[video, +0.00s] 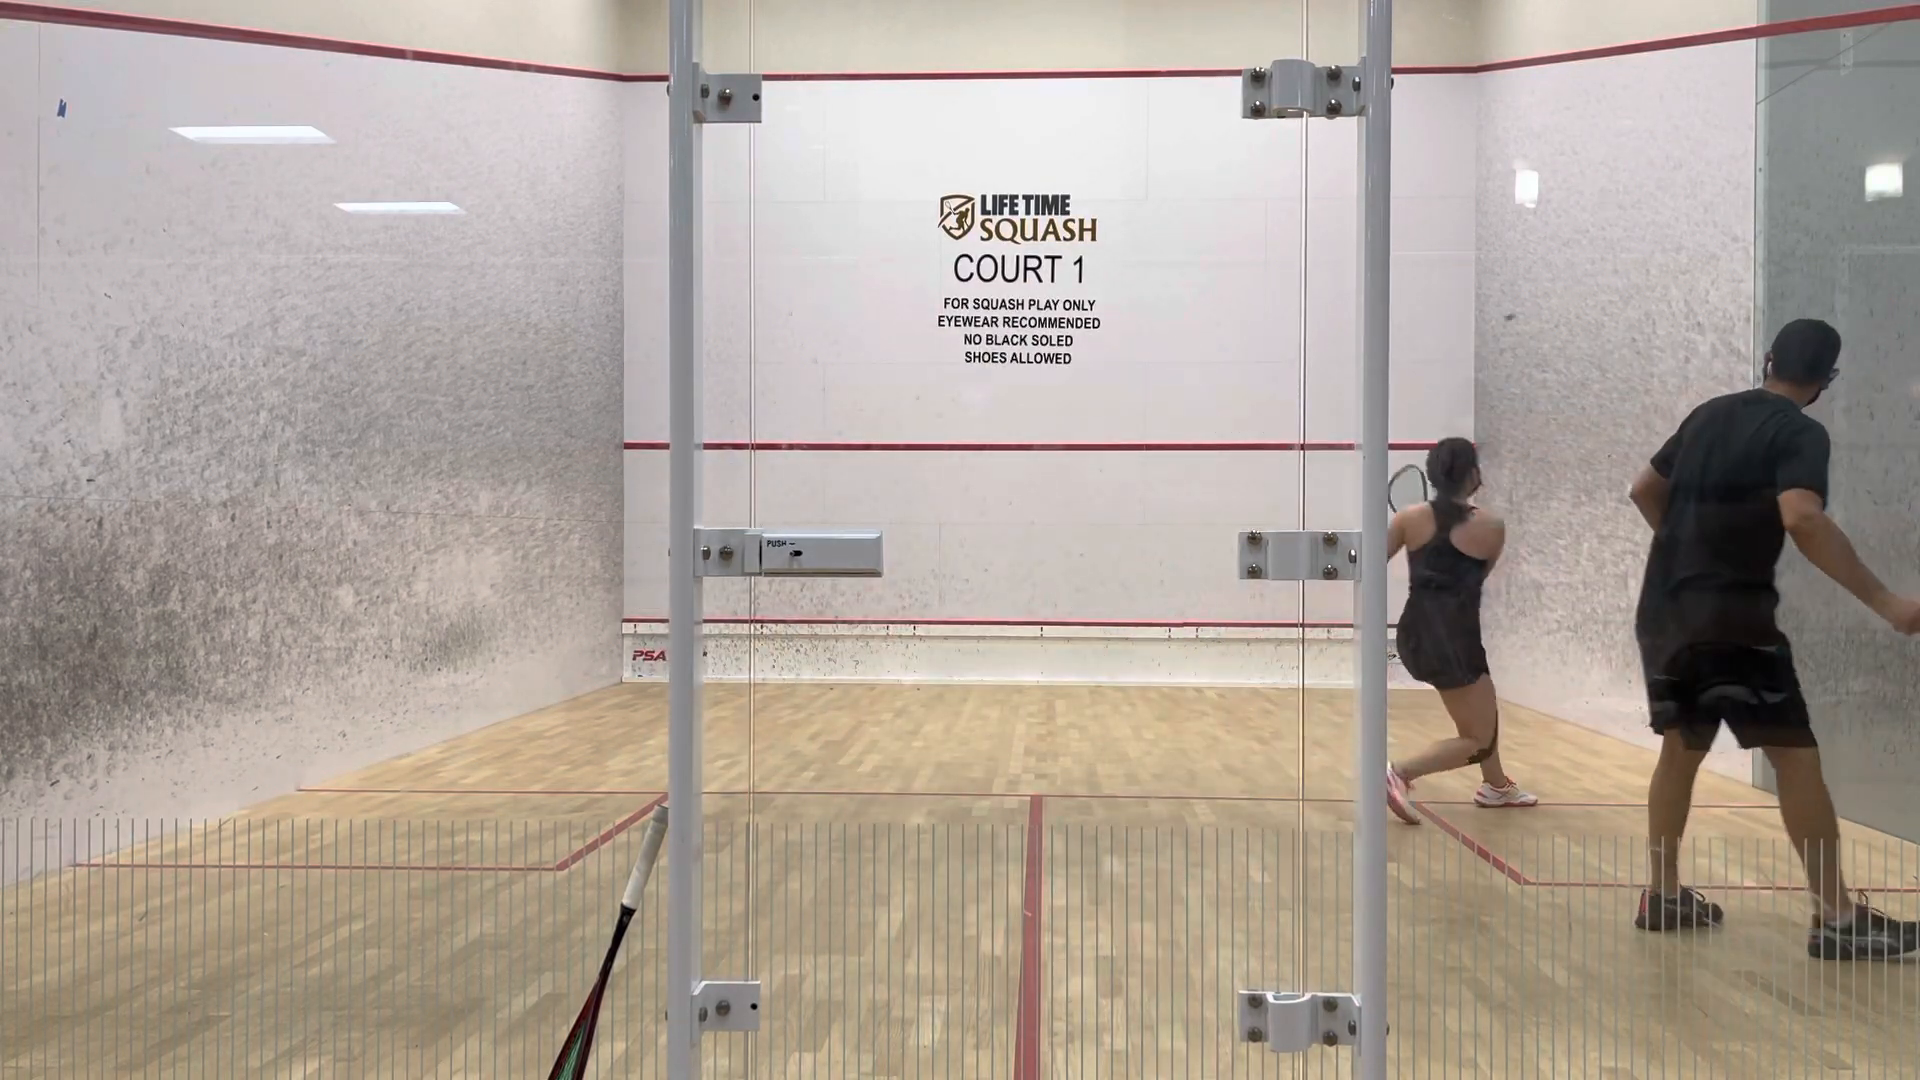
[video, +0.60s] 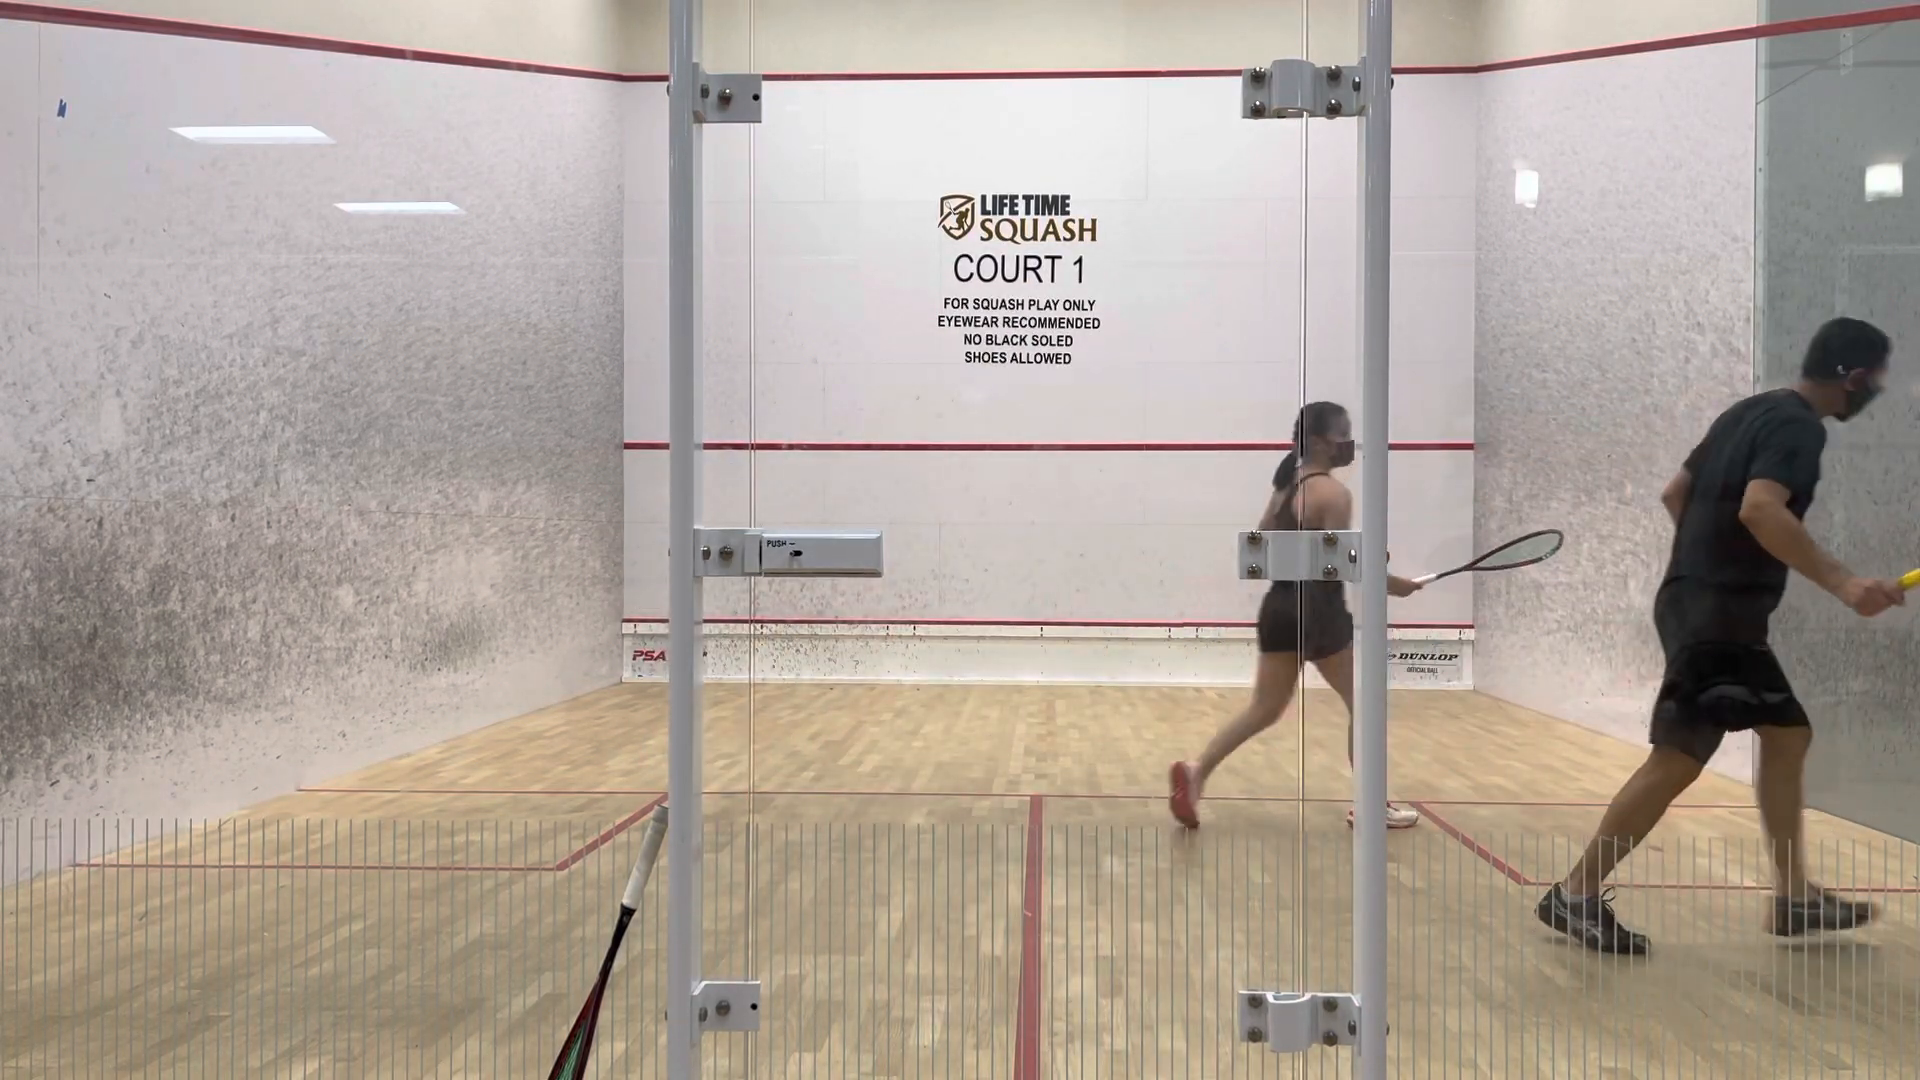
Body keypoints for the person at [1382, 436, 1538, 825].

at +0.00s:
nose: (1479, 473)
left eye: (1475, 467)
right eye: (1477, 468)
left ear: (1434, 474)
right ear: (1473, 476)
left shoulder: (1411, 520)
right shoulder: (1490, 527)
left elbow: (1370, 560)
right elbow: (1480, 572)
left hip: (1416, 636)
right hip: (1456, 641)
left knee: (1475, 700)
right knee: (1479, 742)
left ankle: (1496, 784)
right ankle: (1401, 773)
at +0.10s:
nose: (1456, 463)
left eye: (1454, 457)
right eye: (1454, 457)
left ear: (1408, 463)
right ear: (1449, 464)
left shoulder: (1392, 508)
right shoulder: (1465, 515)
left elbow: (1370, 551)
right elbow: (1481, 573)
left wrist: (1330, 569)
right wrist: (1446, 566)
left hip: (1397, 628)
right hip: (1439, 631)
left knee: (1457, 715)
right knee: (1452, 731)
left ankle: (1488, 782)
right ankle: (1385, 790)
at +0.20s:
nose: (1435, 452)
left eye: (1433, 444)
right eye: (1432, 445)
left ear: (1386, 451)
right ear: (1420, 452)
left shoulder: (1360, 501)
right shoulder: (1440, 504)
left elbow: (1335, 552)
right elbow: (1467, 565)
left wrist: (1322, 590)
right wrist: (1460, 569)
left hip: (1375, 627)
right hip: (1417, 630)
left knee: (1431, 706)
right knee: (1426, 725)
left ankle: (1456, 778)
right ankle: (1374, 798)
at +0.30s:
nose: (1416, 444)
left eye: (1413, 436)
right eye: (1412, 437)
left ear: (1371, 437)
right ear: (1400, 441)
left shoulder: (1341, 489)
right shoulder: (1416, 493)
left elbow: (1317, 540)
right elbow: (1441, 557)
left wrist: (1319, 579)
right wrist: (1460, 571)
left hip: (1352, 609)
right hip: (1396, 612)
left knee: (1395, 698)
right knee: (1413, 714)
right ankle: (1369, 802)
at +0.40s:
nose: (1399, 436)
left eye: (1396, 428)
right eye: (1395, 430)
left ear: (1346, 433)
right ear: (1388, 437)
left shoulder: (1325, 483)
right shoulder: (1393, 487)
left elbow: (1296, 537)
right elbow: (1413, 555)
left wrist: (1327, 561)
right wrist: (1447, 572)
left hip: (1330, 605)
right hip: (1377, 606)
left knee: (1361, 689)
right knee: (1397, 707)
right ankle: (1372, 802)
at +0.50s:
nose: (1366, 437)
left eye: (1364, 428)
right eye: (1361, 430)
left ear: (1327, 434)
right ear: (1347, 434)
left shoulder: (1308, 478)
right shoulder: (1350, 484)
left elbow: (1280, 533)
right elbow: (1374, 550)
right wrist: (1420, 576)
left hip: (1310, 602)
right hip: (1348, 605)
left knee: (1316, 702)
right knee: (1385, 695)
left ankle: (1251, 754)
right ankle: (1370, 802)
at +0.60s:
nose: (1352, 441)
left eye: (1350, 433)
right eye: (1344, 434)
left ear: (1310, 442)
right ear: (1320, 440)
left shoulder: (1286, 489)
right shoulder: (1333, 493)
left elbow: (1263, 541)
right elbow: (1343, 559)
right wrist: (1391, 584)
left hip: (1278, 606)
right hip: (1321, 608)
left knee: (1265, 707)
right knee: (1363, 704)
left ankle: (1196, 772)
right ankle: (1370, 804)